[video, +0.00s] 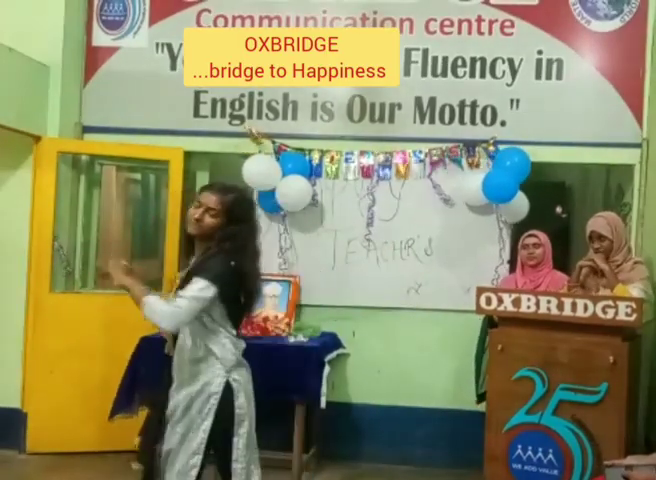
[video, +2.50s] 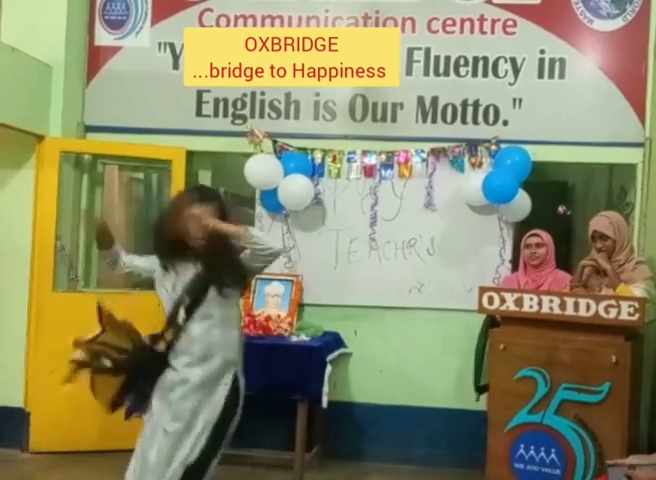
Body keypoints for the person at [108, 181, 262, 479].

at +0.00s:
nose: (197, 214)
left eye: (210, 213)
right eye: (197, 205)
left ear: (230, 226)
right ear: (192, 206)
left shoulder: (221, 266)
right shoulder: (202, 262)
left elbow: (171, 317)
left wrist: (131, 283)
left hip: (220, 385)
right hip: (197, 381)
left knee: (227, 469)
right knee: (180, 465)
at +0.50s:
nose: (255, 227)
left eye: (264, 218)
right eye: (247, 219)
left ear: (280, 223)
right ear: (236, 224)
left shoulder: (291, 279)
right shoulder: (221, 270)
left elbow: (341, 309)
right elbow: (230, 329)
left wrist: (378, 271)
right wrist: (299, 327)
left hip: (278, 386)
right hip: (233, 385)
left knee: (273, 462)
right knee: (218, 462)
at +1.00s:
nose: (231, 228)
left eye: (239, 220)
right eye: (232, 220)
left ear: (264, 227)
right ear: (265, 229)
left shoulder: (252, 281)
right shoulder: (279, 277)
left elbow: (185, 285)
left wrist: (181, 233)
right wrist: (183, 231)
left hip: (238, 384)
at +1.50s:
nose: (190, 214)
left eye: (201, 205)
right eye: (186, 206)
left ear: (225, 214)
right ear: (180, 212)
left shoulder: (240, 260)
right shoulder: (174, 253)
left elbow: (271, 217)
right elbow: (118, 212)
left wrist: (234, 174)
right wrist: (172, 174)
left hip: (228, 385)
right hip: (175, 382)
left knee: (217, 472)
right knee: (168, 469)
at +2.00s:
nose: (142, 212)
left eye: (154, 207)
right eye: (145, 204)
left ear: (178, 216)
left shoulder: (163, 263)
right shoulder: (191, 262)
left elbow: (141, 336)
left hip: (164, 386)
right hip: (183, 383)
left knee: (150, 470)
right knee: (161, 468)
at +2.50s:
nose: (203, 227)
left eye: (210, 220)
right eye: (194, 219)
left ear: (221, 225)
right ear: (176, 223)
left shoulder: (232, 268)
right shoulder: (164, 266)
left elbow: (271, 249)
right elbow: (117, 265)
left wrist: (220, 226)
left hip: (220, 384)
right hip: (176, 381)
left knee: (188, 469)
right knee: (149, 464)